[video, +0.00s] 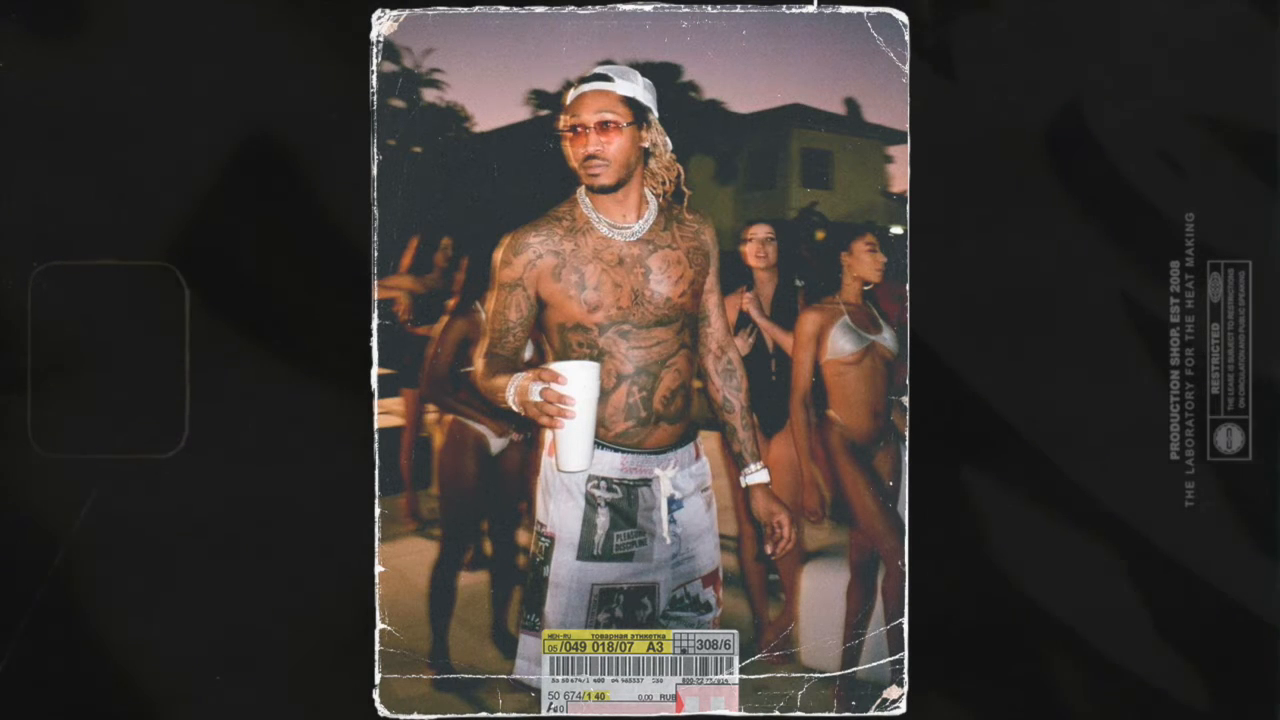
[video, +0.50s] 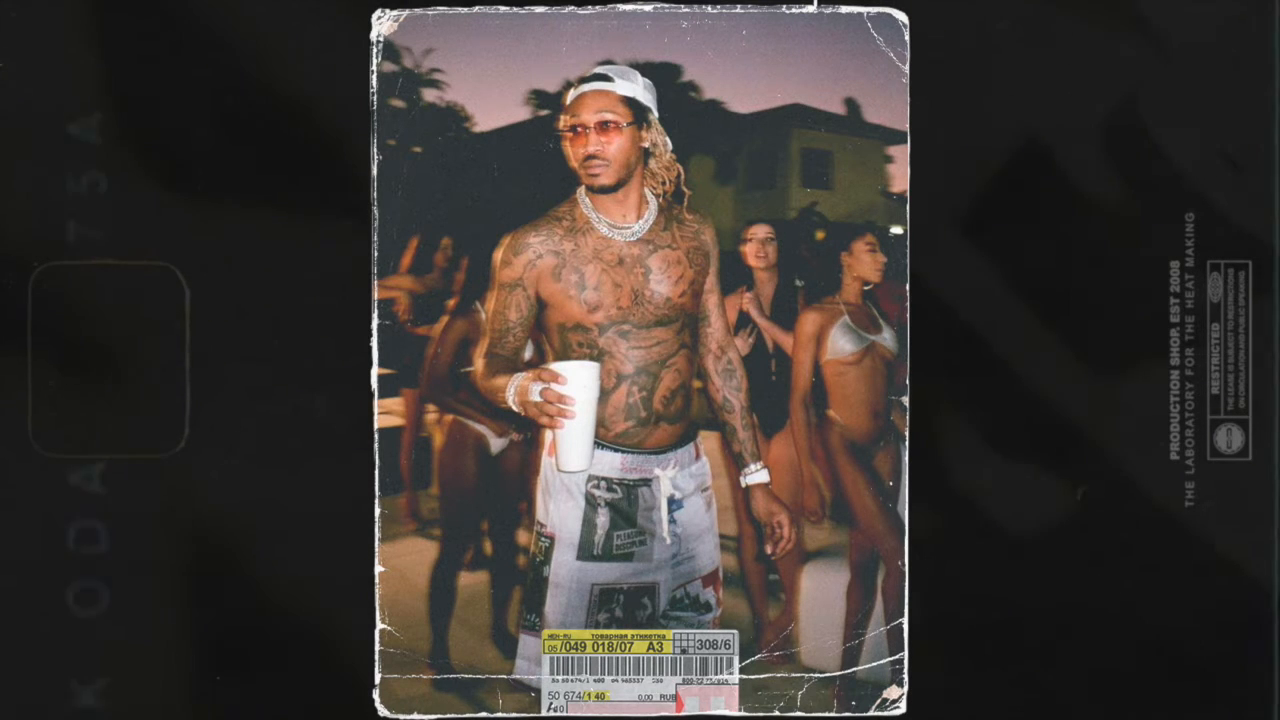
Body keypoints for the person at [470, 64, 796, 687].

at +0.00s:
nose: (590, 143)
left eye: (608, 126)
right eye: (576, 130)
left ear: (646, 138)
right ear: (565, 143)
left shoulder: (693, 235)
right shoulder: (532, 247)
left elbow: (720, 358)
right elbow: (491, 364)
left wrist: (756, 482)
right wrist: (516, 389)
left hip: (681, 476)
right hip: (583, 481)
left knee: (689, 663)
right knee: (573, 668)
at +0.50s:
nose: (589, 143)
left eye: (608, 126)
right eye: (576, 130)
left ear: (645, 138)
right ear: (565, 143)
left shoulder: (693, 235)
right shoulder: (532, 248)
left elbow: (720, 358)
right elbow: (491, 365)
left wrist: (756, 482)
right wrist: (517, 389)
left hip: (681, 475)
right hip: (583, 481)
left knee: (688, 662)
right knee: (575, 668)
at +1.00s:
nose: (590, 143)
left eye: (608, 126)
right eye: (576, 130)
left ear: (646, 138)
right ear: (565, 143)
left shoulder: (693, 235)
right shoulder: (532, 248)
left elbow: (720, 358)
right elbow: (491, 365)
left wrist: (756, 482)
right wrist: (516, 389)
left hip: (681, 476)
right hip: (582, 481)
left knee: (689, 664)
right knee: (573, 669)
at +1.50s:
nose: (589, 143)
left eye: (608, 126)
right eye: (576, 130)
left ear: (645, 138)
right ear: (565, 144)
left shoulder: (693, 235)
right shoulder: (532, 248)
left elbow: (720, 358)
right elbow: (491, 364)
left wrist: (756, 481)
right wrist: (516, 389)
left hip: (681, 476)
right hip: (582, 481)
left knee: (689, 664)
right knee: (574, 669)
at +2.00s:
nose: (590, 143)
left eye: (608, 126)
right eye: (576, 130)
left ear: (645, 138)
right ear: (565, 144)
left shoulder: (693, 236)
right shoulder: (532, 248)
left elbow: (720, 359)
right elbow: (491, 365)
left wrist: (756, 482)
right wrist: (516, 389)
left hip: (681, 477)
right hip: (582, 482)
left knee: (689, 664)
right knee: (574, 669)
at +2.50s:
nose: (590, 143)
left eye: (608, 126)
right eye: (576, 130)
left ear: (645, 138)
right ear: (565, 143)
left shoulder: (693, 235)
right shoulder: (532, 248)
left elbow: (720, 358)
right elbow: (491, 365)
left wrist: (756, 482)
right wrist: (516, 389)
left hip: (681, 476)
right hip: (582, 481)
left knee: (689, 664)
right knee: (574, 669)